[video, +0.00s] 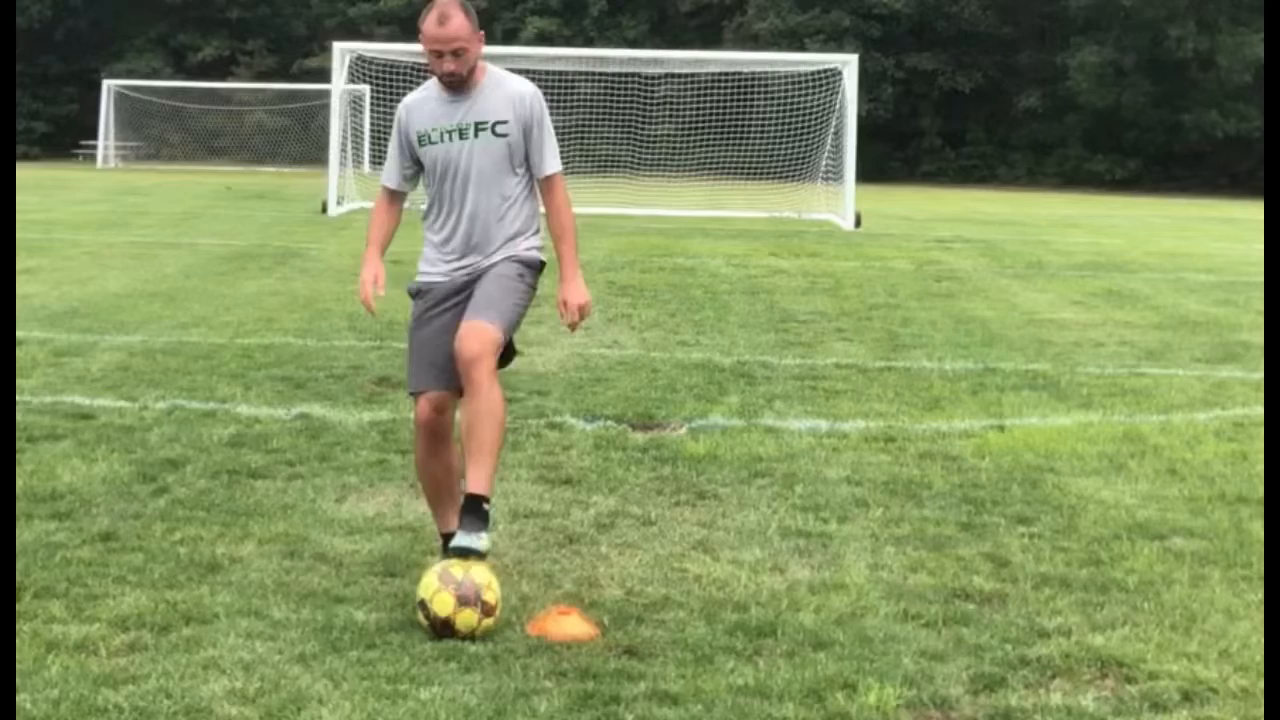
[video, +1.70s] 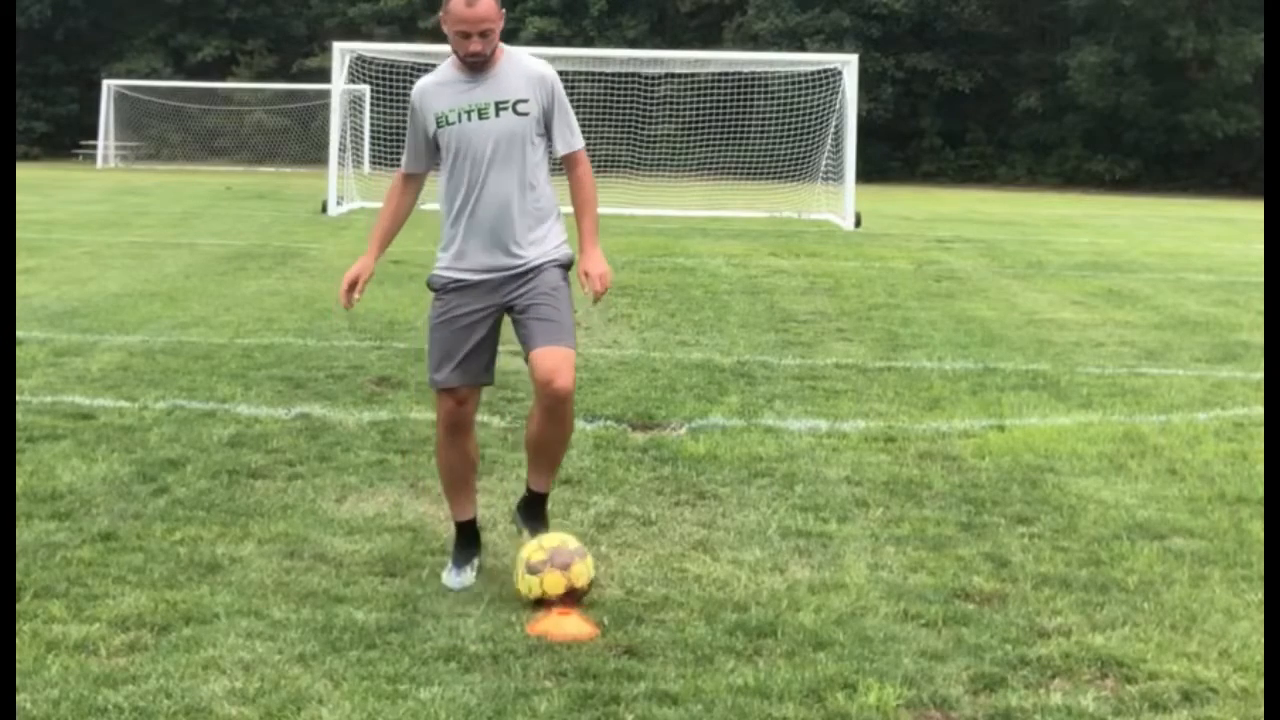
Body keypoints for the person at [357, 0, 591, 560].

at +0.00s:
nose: (447, 66)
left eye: (457, 53)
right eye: (435, 55)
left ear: (480, 41)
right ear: (422, 48)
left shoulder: (521, 98)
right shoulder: (412, 110)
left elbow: (553, 186)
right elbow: (392, 193)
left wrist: (572, 274)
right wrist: (373, 255)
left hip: (510, 256)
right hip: (441, 268)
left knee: (474, 347)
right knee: (429, 412)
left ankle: (475, 509)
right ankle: (451, 543)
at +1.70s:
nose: (475, 45)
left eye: (485, 33)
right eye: (463, 35)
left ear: (502, 21)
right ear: (443, 26)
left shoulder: (539, 78)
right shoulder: (427, 94)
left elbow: (577, 163)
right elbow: (408, 179)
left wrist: (590, 248)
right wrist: (370, 254)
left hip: (538, 264)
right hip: (462, 273)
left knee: (557, 384)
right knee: (453, 411)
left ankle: (534, 507)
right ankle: (465, 536)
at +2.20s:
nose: (503, 42)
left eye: (513, 29)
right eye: (490, 31)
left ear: (527, 16)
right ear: (468, 23)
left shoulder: (560, 70)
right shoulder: (444, 89)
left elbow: (590, 159)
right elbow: (423, 171)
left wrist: (609, 238)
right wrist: (396, 252)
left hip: (563, 252)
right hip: (483, 264)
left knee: (623, 365)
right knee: (471, 401)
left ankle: (620, 501)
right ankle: (475, 535)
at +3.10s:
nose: (585, 47)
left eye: (595, 34)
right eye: (574, 35)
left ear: (609, 22)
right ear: (550, 25)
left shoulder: (631, 76)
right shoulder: (520, 90)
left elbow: (648, 150)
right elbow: (486, 176)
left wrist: (665, 230)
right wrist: (479, 264)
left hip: (627, 258)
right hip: (550, 267)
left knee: (680, 377)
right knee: (537, 400)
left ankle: (676, 534)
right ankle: (501, 524)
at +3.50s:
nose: (631, 83)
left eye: (642, 70)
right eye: (619, 70)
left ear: (657, 64)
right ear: (597, 62)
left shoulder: (677, 120)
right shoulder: (565, 123)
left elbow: (704, 199)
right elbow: (527, 206)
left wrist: (719, 279)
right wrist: (515, 299)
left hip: (650, 283)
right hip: (578, 277)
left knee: (681, 417)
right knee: (592, 370)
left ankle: (675, 561)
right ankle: (592, 499)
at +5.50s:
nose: (646, 50)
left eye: (658, 39)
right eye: (636, 37)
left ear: (683, 27)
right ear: (624, 23)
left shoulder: (711, 89)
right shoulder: (597, 80)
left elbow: (744, 166)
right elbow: (566, 164)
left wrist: (733, 243)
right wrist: (538, 249)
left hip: (672, 271)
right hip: (593, 259)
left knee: (682, 409)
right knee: (563, 375)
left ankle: (691, 551)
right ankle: (580, 504)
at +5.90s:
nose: (619, 46)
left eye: (632, 36)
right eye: (612, 33)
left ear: (662, 25)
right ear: (603, 21)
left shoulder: (697, 85)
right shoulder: (580, 78)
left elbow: (728, 161)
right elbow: (555, 160)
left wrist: (711, 236)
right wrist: (524, 242)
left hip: (656, 260)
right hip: (577, 248)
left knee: (663, 401)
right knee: (513, 367)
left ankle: (657, 540)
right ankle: (497, 487)